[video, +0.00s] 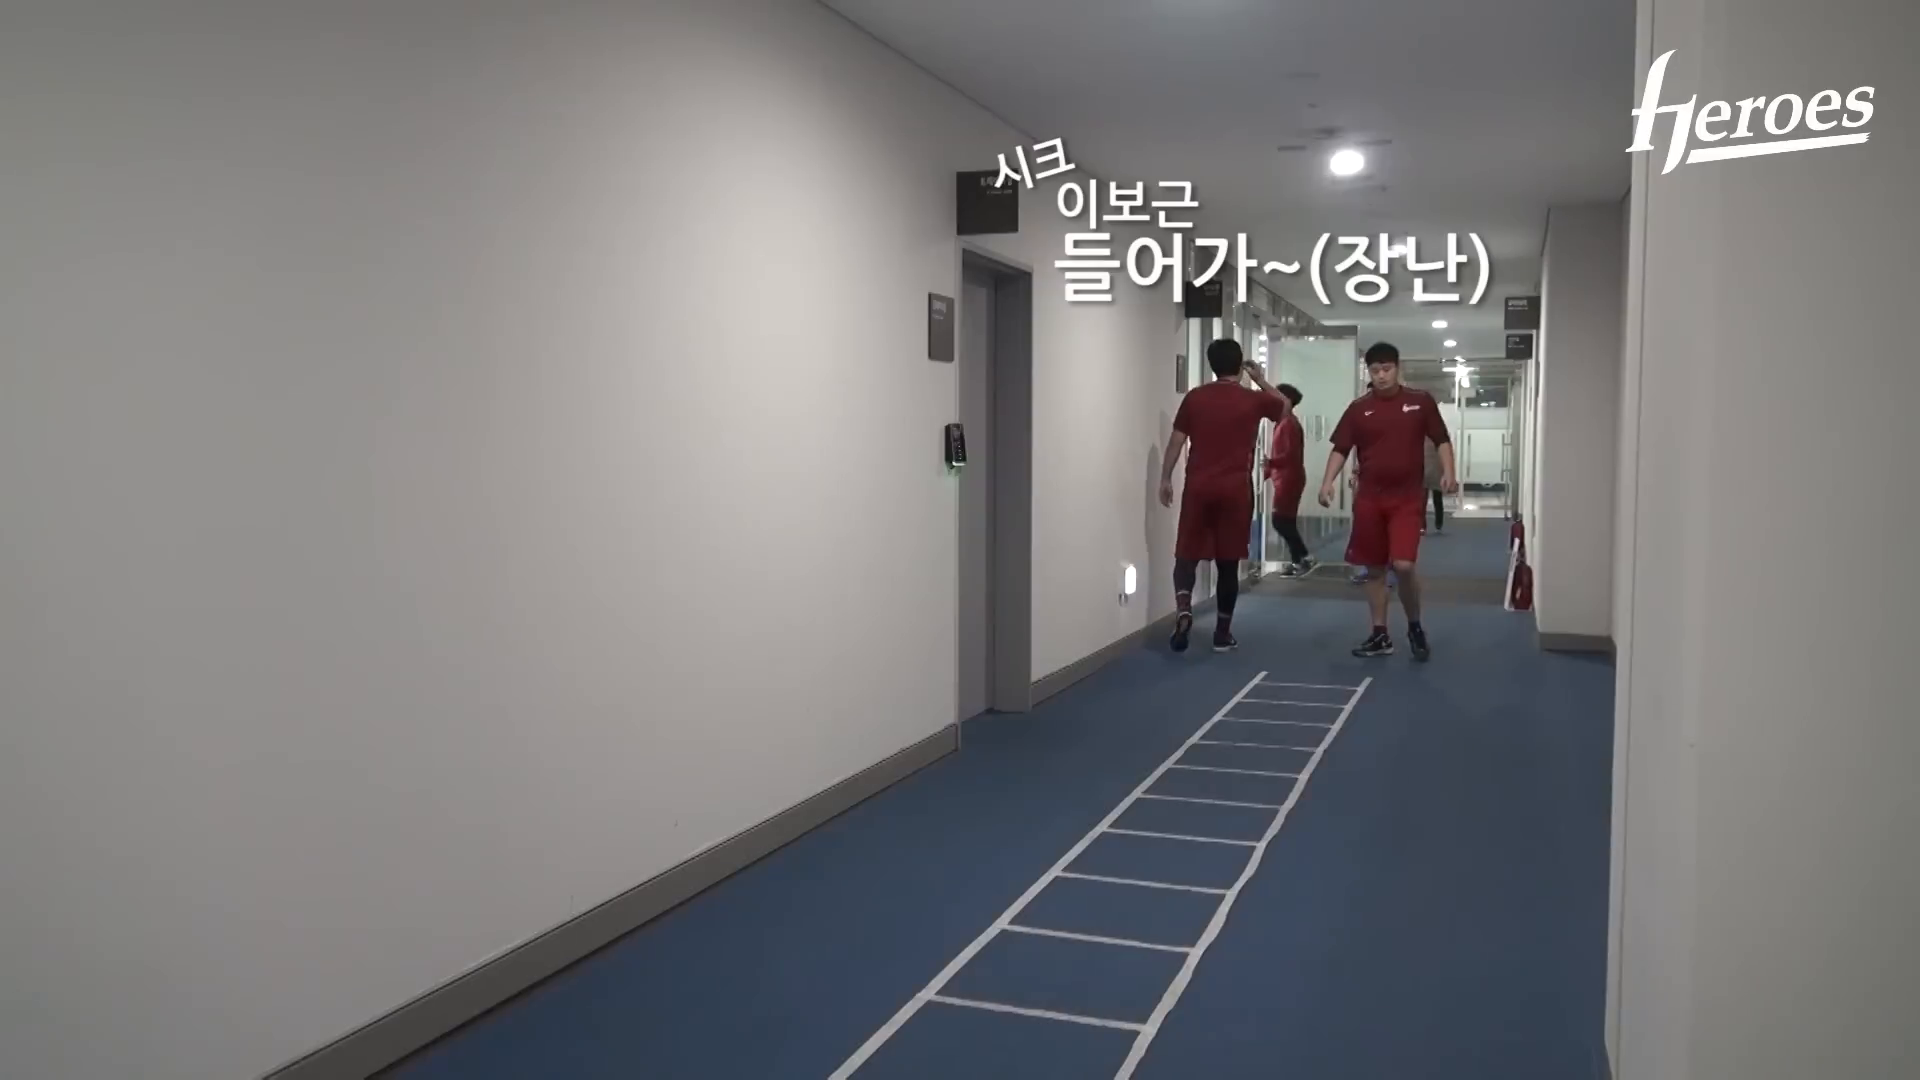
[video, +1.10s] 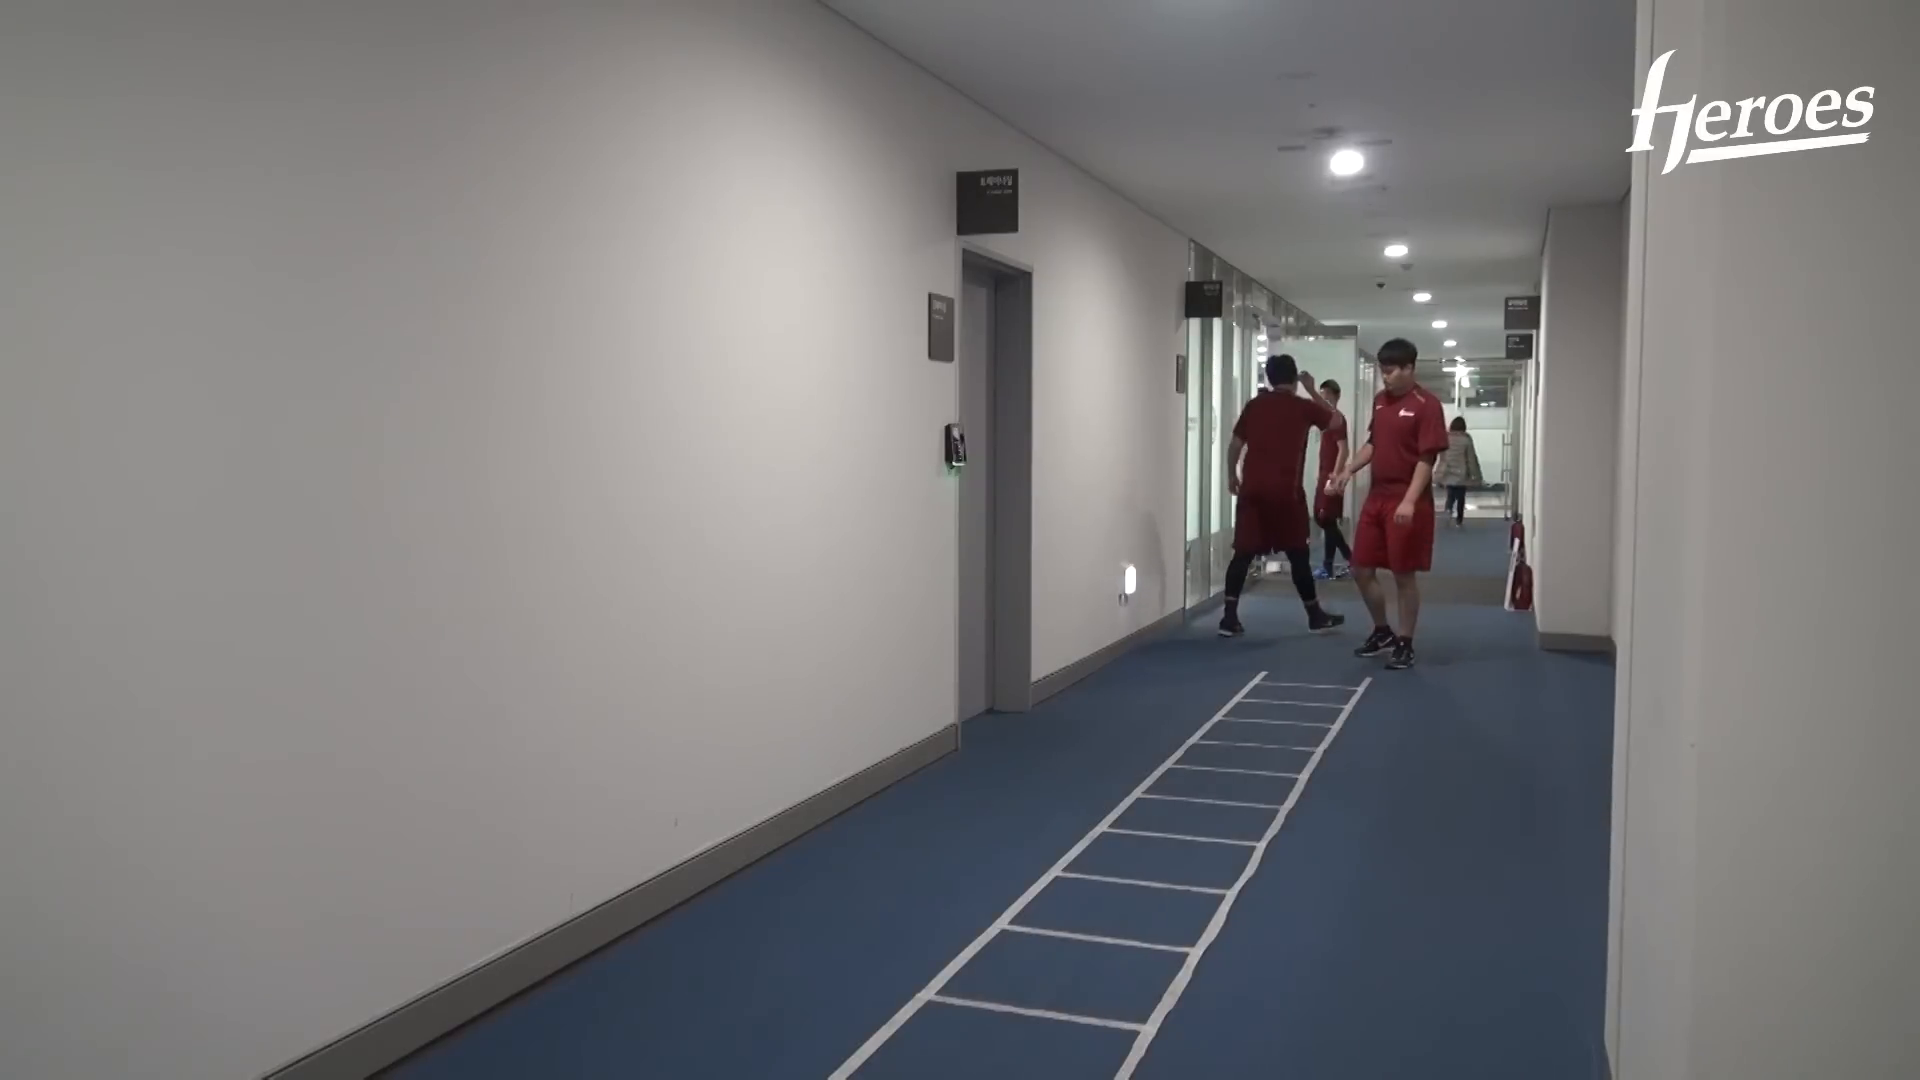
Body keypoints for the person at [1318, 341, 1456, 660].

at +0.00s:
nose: (1381, 375)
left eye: (1386, 369)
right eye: (1375, 370)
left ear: (1397, 370)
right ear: (1368, 373)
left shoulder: (1421, 402)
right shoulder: (1358, 409)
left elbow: (1441, 440)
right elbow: (1340, 448)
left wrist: (1449, 473)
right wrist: (1327, 481)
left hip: (1408, 497)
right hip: (1369, 498)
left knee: (1402, 566)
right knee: (1374, 569)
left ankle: (1415, 628)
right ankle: (1379, 634)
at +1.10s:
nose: (1384, 376)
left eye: (1390, 370)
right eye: (1382, 370)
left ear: (1410, 368)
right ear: (1382, 370)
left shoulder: (1428, 405)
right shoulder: (1382, 400)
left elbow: (1427, 459)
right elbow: (1373, 444)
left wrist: (1409, 501)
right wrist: (1347, 470)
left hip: (1408, 497)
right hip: (1378, 495)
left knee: (1403, 573)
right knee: (1361, 569)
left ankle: (1405, 643)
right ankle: (1382, 631)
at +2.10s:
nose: (1339, 378)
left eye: (1344, 372)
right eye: (1337, 373)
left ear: (1361, 369)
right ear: (1342, 373)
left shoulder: (1388, 403)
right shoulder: (1339, 406)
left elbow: (1396, 453)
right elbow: (1328, 452)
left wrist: (1384, 493)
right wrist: (1308, 485)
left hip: (1369, 500)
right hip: (1339, 499)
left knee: (1369, 570)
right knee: (1351, 571)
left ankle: (1393, 638)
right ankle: (1364, 633)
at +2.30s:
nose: (1327, 378)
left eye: (1330, 371)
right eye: (1325, 372)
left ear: (1349, 369)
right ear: (1340, 372)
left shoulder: (1379, 404)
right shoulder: (1330, 407)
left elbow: (1389, 454)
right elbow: (1321, 453)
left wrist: (1382, 496)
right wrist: (1304, 488)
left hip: (1363, 498)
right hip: (1333, 498)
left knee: (1341, 563)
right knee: (1347, 566)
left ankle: (1366, 633)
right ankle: (1360, 630)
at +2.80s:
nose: (1305, 375)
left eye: (1309, 368)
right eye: (1303, 369)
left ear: (1327, 365)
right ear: (1307, 370)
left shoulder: (1350, 401)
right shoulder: (1310, 403)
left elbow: (1356, 452)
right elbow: (1304, 449)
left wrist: (1354, 496)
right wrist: (1300, 486)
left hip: (1339, 497)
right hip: (1315, 497)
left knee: (1322, 570)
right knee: (1333, 568)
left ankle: (1316, 637)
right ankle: (1357, 625)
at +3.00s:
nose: (1310, 372)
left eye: (1316, 366)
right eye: (1306, 367)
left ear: (1331, 366)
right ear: (1303, 368)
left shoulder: (1345, 399)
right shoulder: (1305, 401)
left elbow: (1342, 449)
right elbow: (1299, 448)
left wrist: (1312, 482)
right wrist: (1296, 486)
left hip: (1336, 496)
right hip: (1310, 495)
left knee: (1327, 568)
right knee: (1302, 561)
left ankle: (1319, 636)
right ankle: (1340, 615)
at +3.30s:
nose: (1317, 369)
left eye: (1324, 363)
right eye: (1312, 363)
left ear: (1336, 365)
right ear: (1306, 365)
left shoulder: (1347, 400)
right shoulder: (1300, 400)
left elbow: (1346, 454)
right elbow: (1293, 448)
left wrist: (1319, 490)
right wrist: (1291, 487)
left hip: (1332, 495)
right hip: (1303, 492)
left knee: (1322, 569)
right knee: (1288, 555)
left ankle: (1319, 638)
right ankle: (1297, 616)